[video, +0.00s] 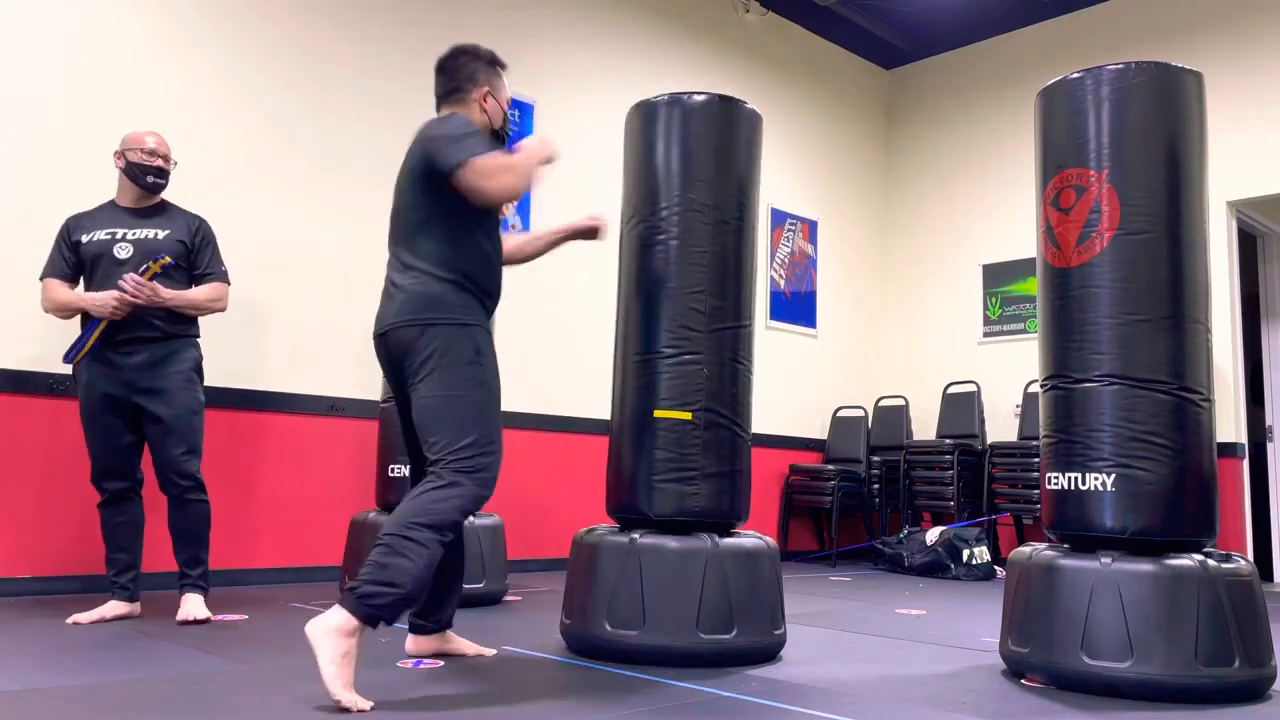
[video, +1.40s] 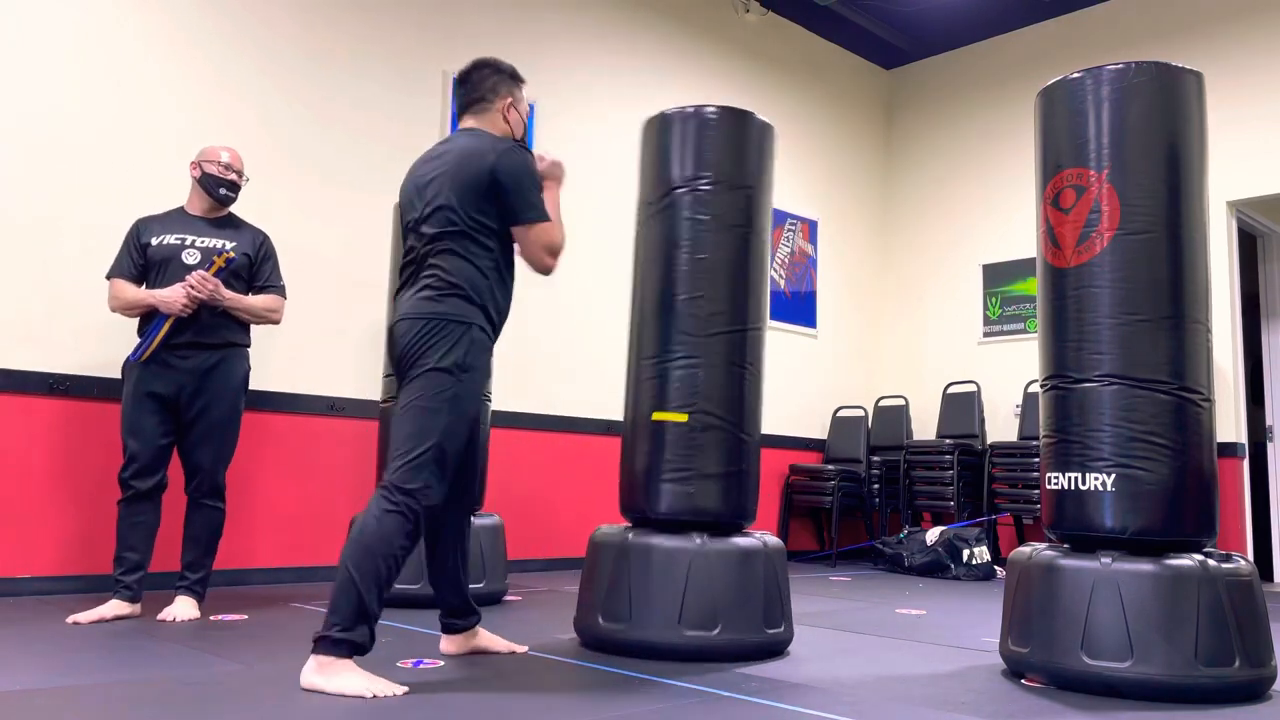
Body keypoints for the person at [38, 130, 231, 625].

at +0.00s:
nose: (156, 162)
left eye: (164, 157)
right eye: (145, 153)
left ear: (172, 170)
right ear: (118, 160)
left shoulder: (192, 228)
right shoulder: (79, 227)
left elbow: (218, 297)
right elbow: (51, 296)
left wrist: (166, 297)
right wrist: (89, 300)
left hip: (172, 370)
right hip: (104, 372)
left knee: (183, 479)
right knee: (115, 485)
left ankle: (193, 591)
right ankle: (124, 594)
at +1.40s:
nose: (230, 176)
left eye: (237, 173)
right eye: (220, 167)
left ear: (243, 186)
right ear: (194, 171)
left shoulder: (254, 241)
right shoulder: (148, 229)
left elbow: (274, 310)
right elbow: (118, 296)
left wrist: (223, 295)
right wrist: (162, 297)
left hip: (218, 375)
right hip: (152, 371)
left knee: (206, 485)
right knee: (139, 480)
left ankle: (189, 594)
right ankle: (126, 594)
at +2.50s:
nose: (168, 185)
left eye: (176, 182)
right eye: (159, 176)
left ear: (182, 194)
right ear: (133, 180)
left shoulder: (193, 250)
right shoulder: (88, 237)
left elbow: (207, 320)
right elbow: (56, 301)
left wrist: (166, 291)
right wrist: (93, 301)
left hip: (158, 382)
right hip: (91, 379)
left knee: (169, 483)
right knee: (80, 484)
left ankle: (184, 592)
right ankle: (71, 587)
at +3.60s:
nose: (106, 183)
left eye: (112, 178)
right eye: (95, 174)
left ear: (119, 189)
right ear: (69, 180)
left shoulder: (136, 245)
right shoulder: (28, 241)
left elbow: (157, 311)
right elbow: (3, 307)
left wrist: (111, 290)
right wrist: (37, 303)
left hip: (110, 378)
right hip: (45, 378)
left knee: (113, 479)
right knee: (56, 482)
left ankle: (116, 587)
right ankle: (69, 586)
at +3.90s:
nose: (99, 182)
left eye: (106, 177)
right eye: (89, 173)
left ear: (112, 187)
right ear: (60, 178)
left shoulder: (127, 242)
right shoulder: (19, 240)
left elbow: (148, 310)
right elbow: (1, 307)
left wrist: (96, 287)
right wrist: (25, 302)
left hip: (97, 367)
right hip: (35, 369)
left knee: (71, 463)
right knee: (44, 474)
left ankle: (60, 586)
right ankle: (67, 579)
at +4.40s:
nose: (39, 186)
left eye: (51, 179)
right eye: (31, 175)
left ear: (72, 179)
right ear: (19, 168)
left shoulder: (90, 236)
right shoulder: (3, 221)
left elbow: (114, 307)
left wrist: (47, 288)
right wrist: (5, 289)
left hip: (48, 358)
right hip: (4, 358)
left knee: (11, 467)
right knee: (29, 470)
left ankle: (1, 582)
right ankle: (67, 576)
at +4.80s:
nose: (2, 181)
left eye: (4, 172)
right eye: (3, 172)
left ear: (13, 171)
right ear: (10, 170)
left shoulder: (35, 222)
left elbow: (76, 298)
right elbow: (75, 296)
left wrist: (8, 313)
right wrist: (14, 315)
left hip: (2, 367)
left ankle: (0, 581)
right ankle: (1, 579)